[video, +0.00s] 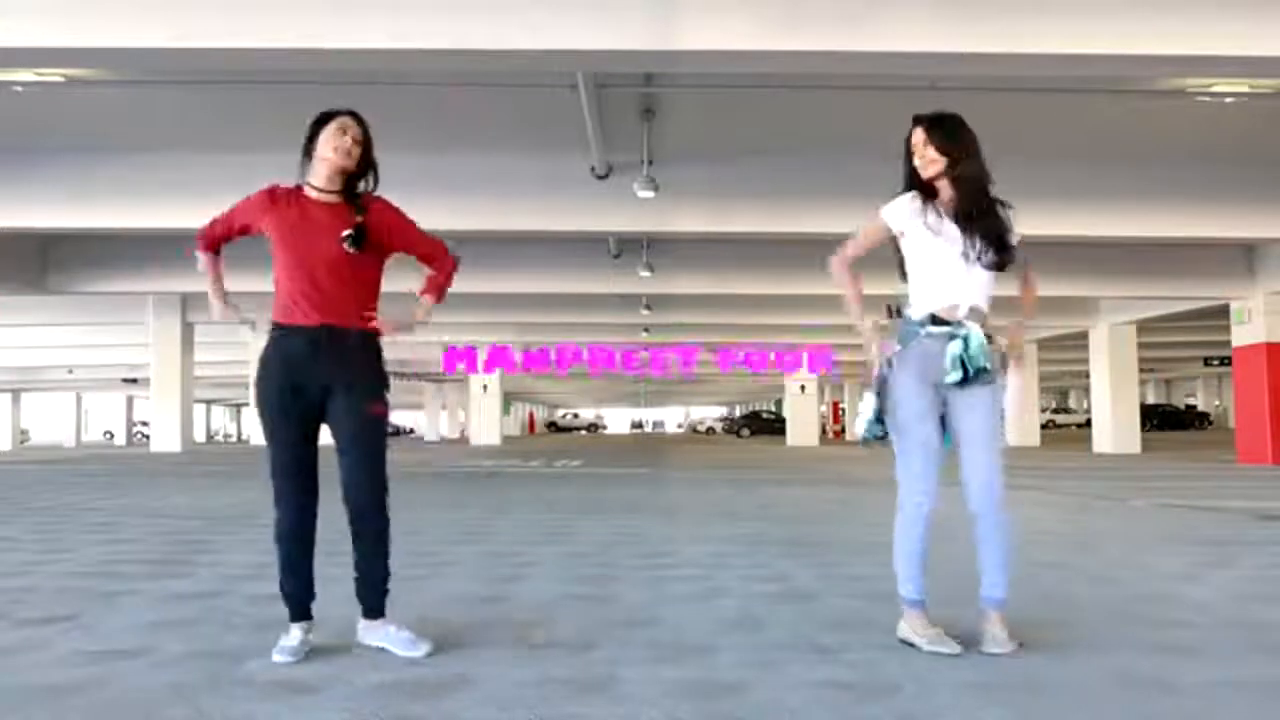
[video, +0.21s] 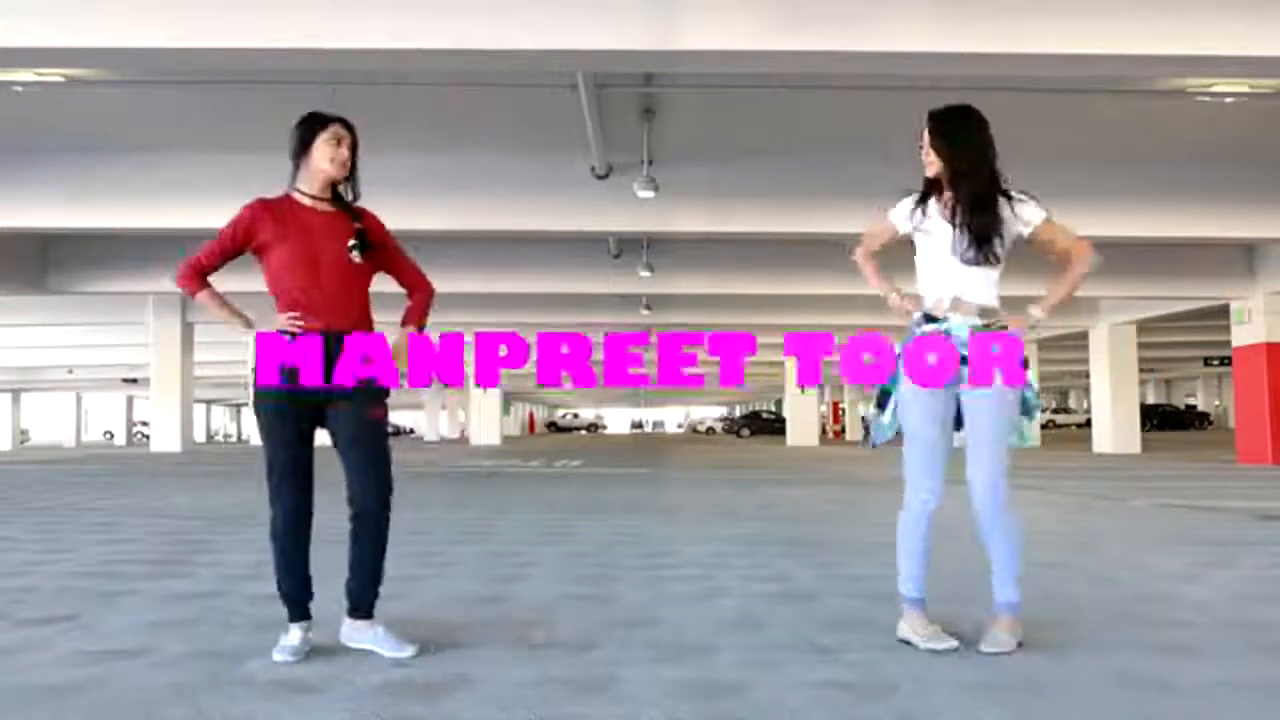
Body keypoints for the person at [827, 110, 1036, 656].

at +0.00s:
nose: (920, 160)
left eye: (928, 150)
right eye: (914, 152)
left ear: (956, 150)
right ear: (914, 158)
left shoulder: (991, 215)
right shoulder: (907, 210)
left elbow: (1028, 285)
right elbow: (842, 260)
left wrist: (1014, 329)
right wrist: (866, 323)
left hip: (976, 354)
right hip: (917, 350)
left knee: (986, 490)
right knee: (918, 488)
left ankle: (993, 614)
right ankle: (912, 613)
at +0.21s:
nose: (922, 152)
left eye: (931, 144)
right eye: (923, 143)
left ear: (960, 149)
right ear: (938, 149)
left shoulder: (1007, 208)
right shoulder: (918, 208)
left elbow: (1082, 254)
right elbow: (864, 250)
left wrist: (1042, 307)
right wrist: (892, 294)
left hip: (989, 348)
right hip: (926, 348)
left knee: (988, 490)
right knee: (923, 492)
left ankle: (1006, 615)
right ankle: (912, 613)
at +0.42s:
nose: (943, 168)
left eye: (953, 162)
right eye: (945, 159)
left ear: (978, 171)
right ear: (955, 166)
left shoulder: (1012, 229)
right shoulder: (941, 223)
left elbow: (1074, 276)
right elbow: (919, 286)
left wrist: (1030, 324)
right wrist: (928, 332)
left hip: (1002, 374)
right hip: (946, 373)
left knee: (1011, 495)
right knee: (916, 492)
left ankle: (1009, 615)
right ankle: (910, 612)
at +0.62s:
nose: (952, 176)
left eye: (962, 170)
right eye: (953, 167)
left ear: (989, 179)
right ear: (959, 172)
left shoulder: (1021, 232)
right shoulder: (945, 229)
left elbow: (1083, 274)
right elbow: (931, 288)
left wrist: (1037, 322)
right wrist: (938, 333)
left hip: (1005, 371)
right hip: (951, 371)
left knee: (1012, 493)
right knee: (921, 486)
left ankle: (1010, 616)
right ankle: (924, 612)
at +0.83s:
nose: (948, 174)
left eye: (958, 169)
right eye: (950, 165)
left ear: (985, 181)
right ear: (960, 172)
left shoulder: (1025, 233)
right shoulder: (945, 224)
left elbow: (1093, 282)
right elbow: (927, 283)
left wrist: (1044, 325)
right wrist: (935, 332)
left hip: (1010, 371)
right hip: (952, 370)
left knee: (1015, 493)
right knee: (922, 485)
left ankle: (1010, 616)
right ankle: (924, 612)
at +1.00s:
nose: (951, 163)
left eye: (963, 157)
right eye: (954, 153)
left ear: (988, 171)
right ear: (960, 162)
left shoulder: (1023, 230)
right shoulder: (940, 224)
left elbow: (1095, 277)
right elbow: (923, 280)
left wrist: (1047, 323)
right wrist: (936, 330)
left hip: (1012, 371)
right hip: (952, 369)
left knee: (1015, 494)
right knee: (930, 490)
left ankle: (1010, 616)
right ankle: (924, 612)